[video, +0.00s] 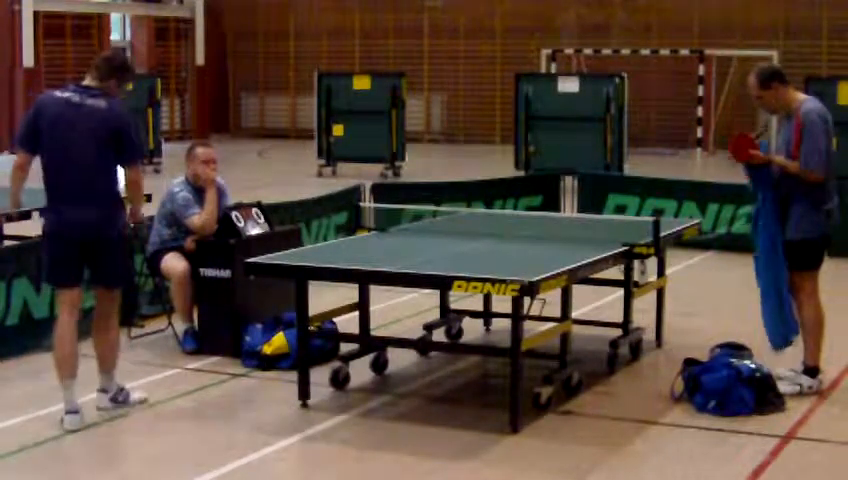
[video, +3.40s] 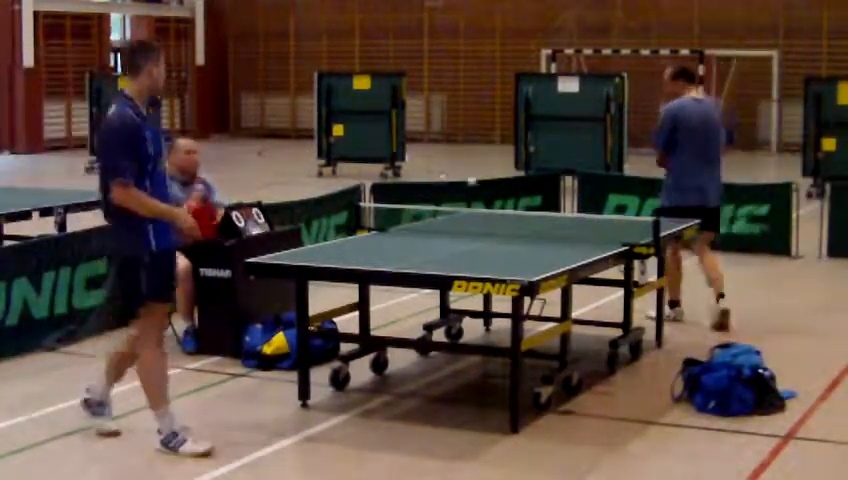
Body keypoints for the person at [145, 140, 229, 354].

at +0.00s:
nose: (212, 168)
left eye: (214, 163)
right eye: (206, 163)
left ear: (217, 164)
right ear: (190, 166)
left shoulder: (218, 187)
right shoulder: (179, 192)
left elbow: (224, 223)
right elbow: (205, 226)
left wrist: (197, 237)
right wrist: (211, 189)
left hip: (199, 241)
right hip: (166, 244)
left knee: (226, 262)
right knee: (181, 269)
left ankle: (221, 320)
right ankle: (188, 327)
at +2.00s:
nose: (212, 168)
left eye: (214, 163)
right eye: (206, 163)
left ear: (217, 165)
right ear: (190, 166)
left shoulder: (217, 187)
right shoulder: (179, 192)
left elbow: (227, 222)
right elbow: (205, 227)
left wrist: (197, 237)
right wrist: (211, 189)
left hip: (198, 241)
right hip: (165, 245)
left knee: (227, 262)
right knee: (181, 269)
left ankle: (222, 322)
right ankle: (188, 327)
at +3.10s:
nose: (204, 168)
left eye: (206, 162)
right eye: (198, 162)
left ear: (210, 164)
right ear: (184, 165)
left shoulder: (213, 188)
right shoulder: (169, 194)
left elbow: (224, 224)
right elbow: (187, 225)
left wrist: (198, 235)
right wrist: (202, 188)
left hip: (199, 241)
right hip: (165, 243)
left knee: (226, 259)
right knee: (183, 266)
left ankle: (223, 321)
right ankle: (189, 326)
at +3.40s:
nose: (194, 159)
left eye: (195, 153)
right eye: (187, 153)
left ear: (199, 158)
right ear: (171, 158)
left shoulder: (202, 184)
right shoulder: (163, 185)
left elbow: (219, 207)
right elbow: (165, 216)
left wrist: (217, 220)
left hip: (202, 240)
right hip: (173, 244)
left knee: (225, 262)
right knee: (184, 267)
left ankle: (222, 319)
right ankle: (188, 325)